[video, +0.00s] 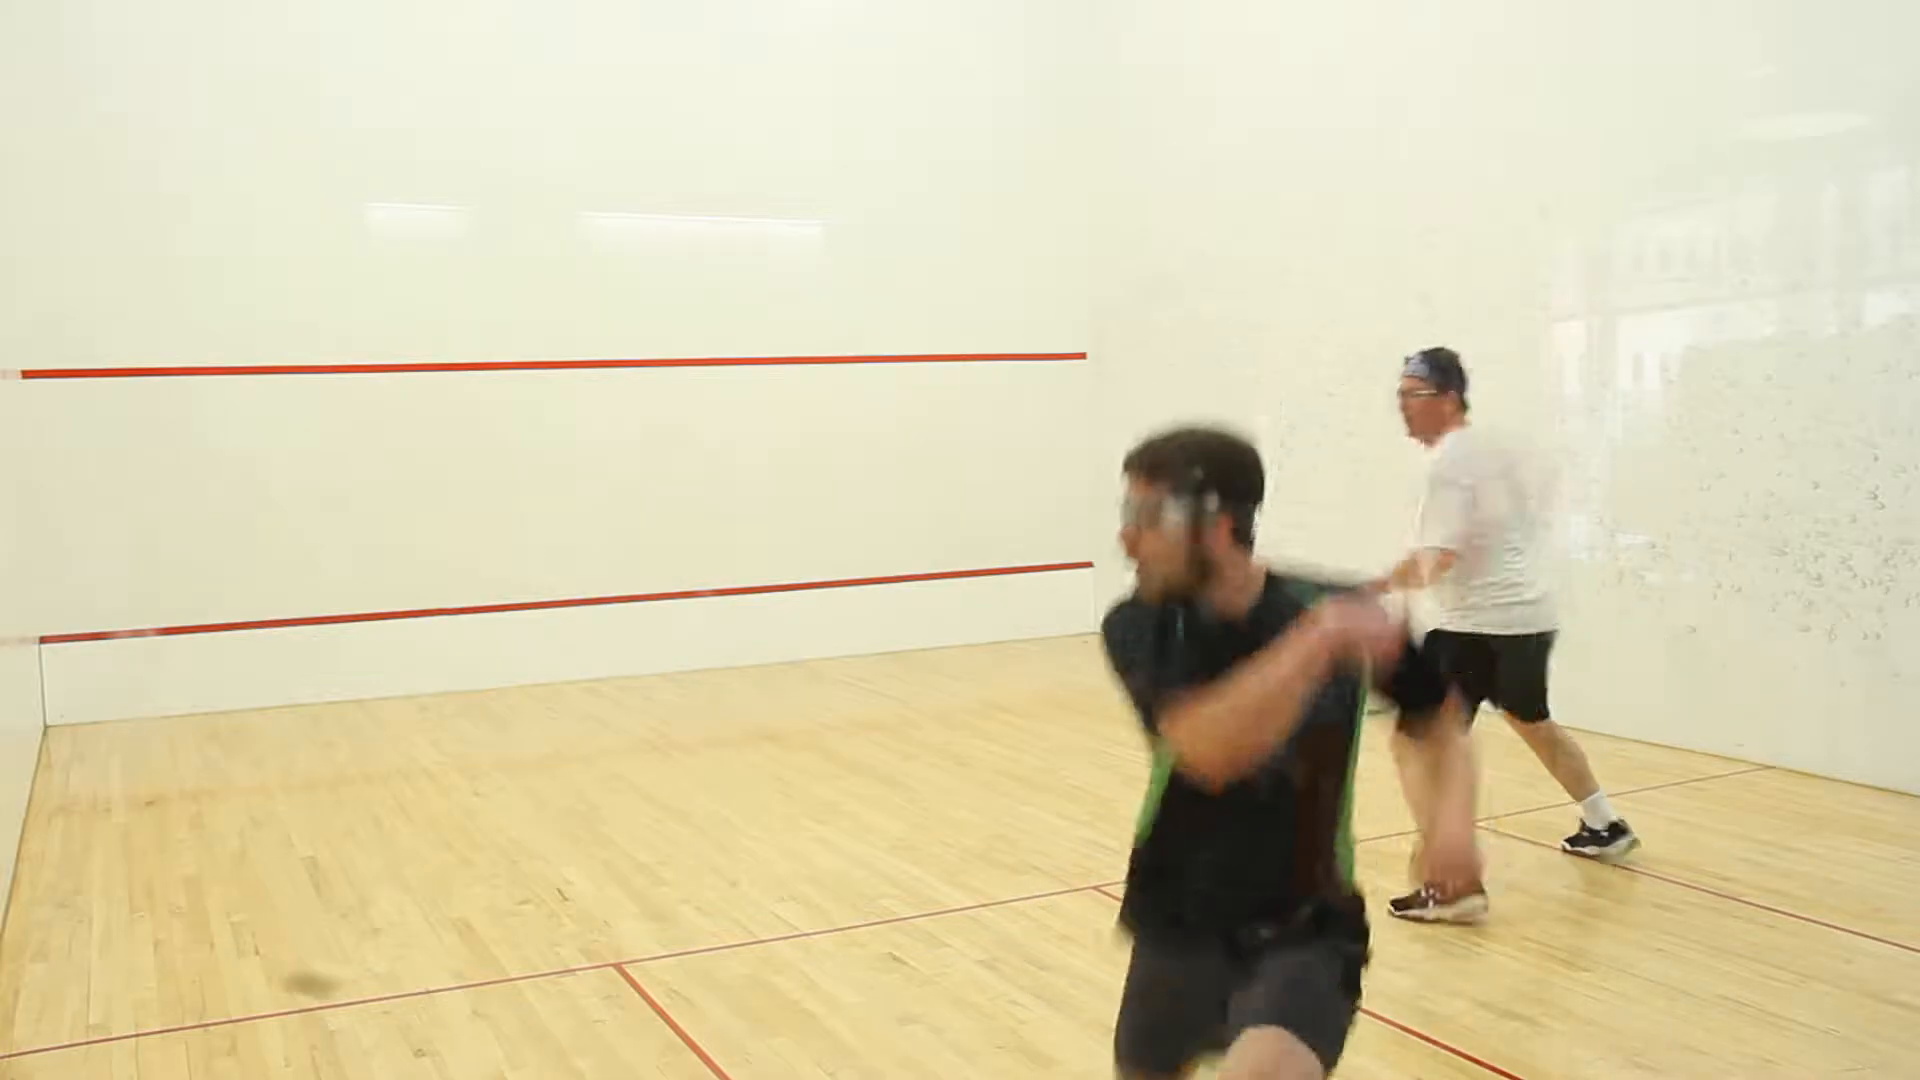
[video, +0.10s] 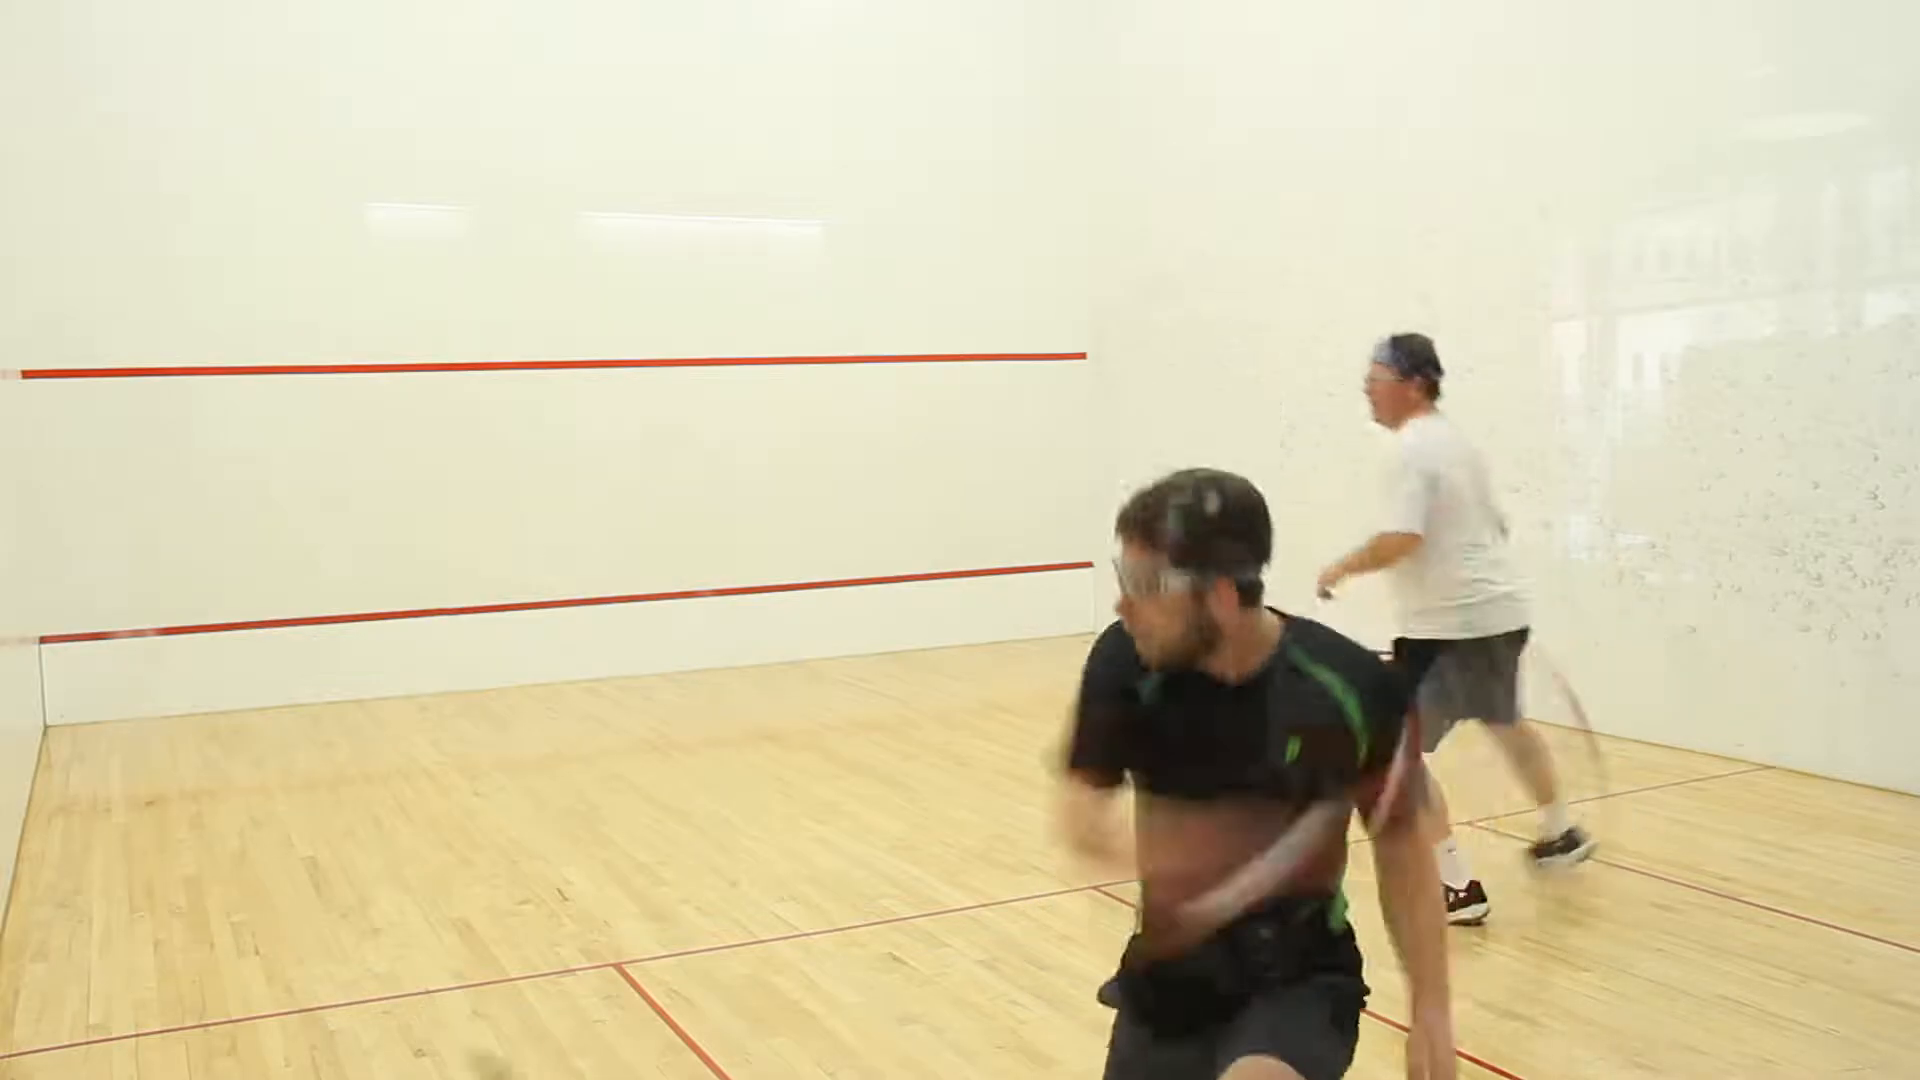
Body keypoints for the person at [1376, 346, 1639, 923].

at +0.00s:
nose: (1401, 407)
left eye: (1411, 396)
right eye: (1401, 396)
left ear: (1449, 399)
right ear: (1449, 401)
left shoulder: (1453, 462)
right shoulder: (1503, 449)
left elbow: (1437, 555)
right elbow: (1532, 522)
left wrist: (1380, 585)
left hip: (1470, 626)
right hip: (1528, 620)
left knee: (1424, 738)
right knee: (1531, 719)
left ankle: (1451, 879)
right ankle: (1604, 823)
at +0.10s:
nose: (1368, 395)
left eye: (1376, 382)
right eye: (1368, 382)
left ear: (1413, 386)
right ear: (1423, 388)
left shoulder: (1410, 449)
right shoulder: (1461, 443)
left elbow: (1403, 539)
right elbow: (1495, 526)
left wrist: (1343, 567)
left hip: (1447, 627)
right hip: (1502, 617)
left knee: (1398, 751)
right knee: (1505, 721)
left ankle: (1456, 885)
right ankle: (1559, 828)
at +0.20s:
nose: (1340, 357)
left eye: (1350, 346)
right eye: (1342, 345)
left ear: (1386, 351)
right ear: (1392, 354)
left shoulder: (1381, 408)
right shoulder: (1431, 409)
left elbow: (1377, 496)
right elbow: (1449, 499)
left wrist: (1321, 536)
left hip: (1419, 608)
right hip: (1472, 602)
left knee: (1407, 744)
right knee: (1449, 720)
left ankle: (1438, 876)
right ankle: (1482, 846)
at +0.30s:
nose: (1314, 343)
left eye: (1322, 332)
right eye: (1316, 331)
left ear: (1354, 336)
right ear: (1370, 339)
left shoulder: (1356, 392)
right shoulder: (1411, 396)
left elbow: (1347, 477)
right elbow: (1457, 498)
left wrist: (1295, 524)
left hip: (1402, 596)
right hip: (1444, 591)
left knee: (1380, 739)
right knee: (1400, 741)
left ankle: (1411, 890)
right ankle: (1414, 884)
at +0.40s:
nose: (1288, 363)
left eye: (1294, 351)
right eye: (1293, 351)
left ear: (1315, 357)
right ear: (1358, 360)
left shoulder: (1310, 435)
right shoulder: (1395, 425)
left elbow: (1294, 543)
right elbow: (1432, 525)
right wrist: (1418, 609)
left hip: (1333, 646)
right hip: (1398, 646)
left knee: (1321, 784)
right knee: (1363, 777)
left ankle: (1369, 938)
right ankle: (1375, 931)